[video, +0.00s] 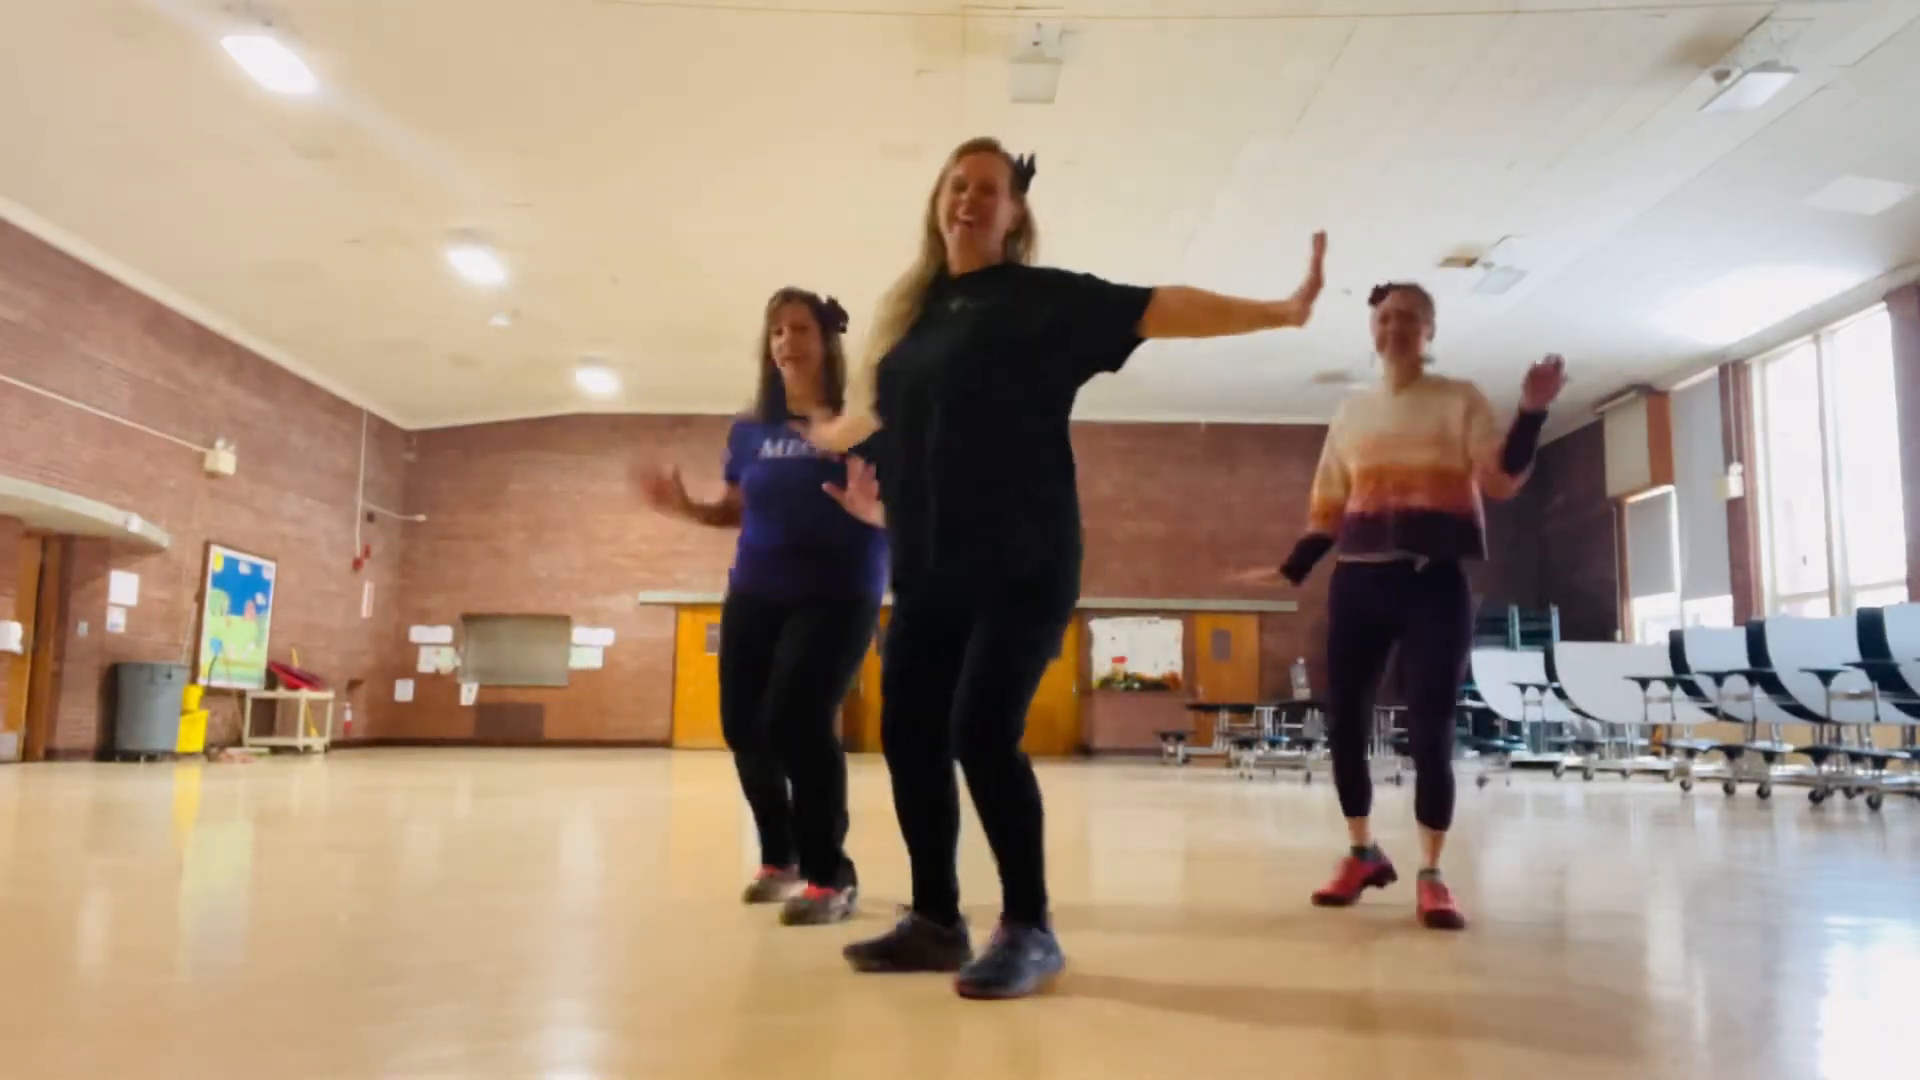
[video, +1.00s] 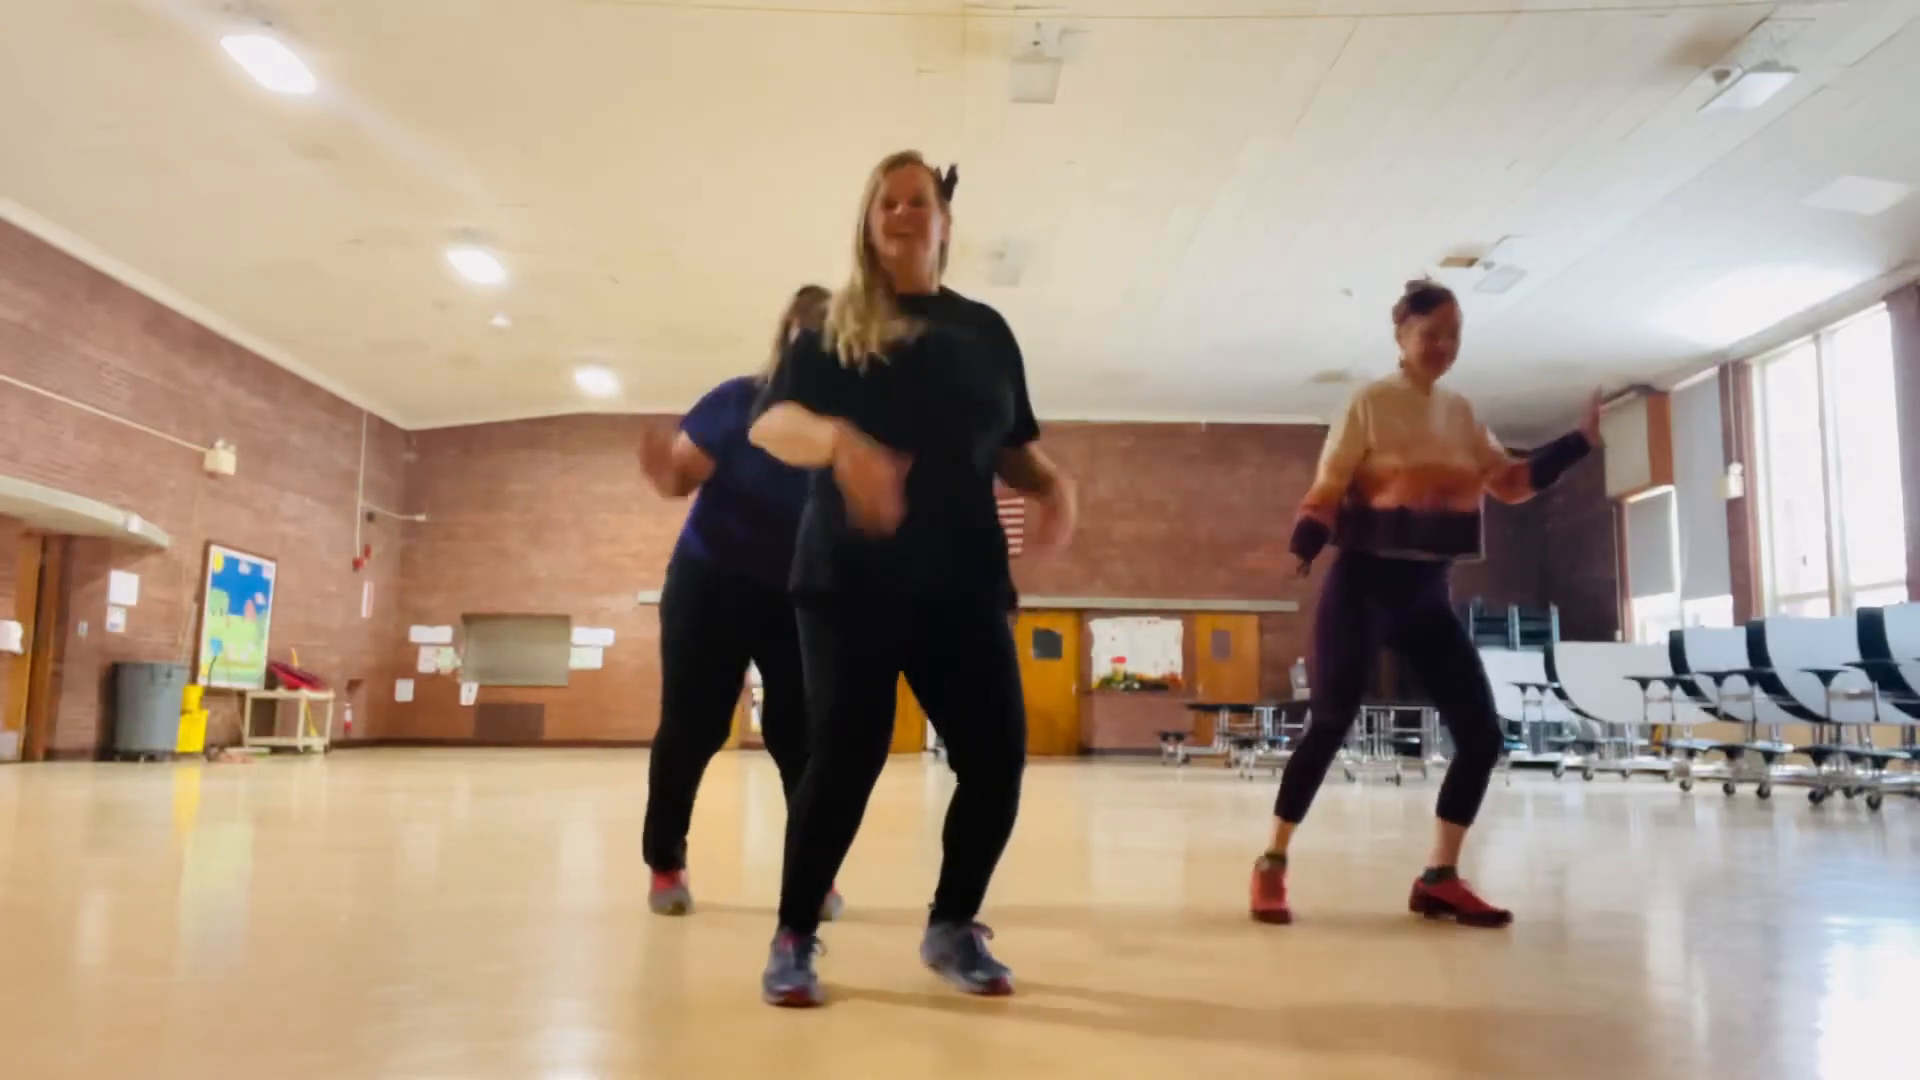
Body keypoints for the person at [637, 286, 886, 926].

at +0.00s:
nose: (787, 340)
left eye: (801, 330)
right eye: (778, 331)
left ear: (829, 340)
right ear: (766, 344)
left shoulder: (861, 427)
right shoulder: (751, 429)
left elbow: (908, 507)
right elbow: (734, 509)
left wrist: (876, 509)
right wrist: (683, 505)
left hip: (838, 597)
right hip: (758, 594)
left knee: (800, 719)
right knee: (744, 724)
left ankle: (830, 876)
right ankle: (781, 859)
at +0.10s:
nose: (796, 337)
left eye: (808, 326)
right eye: (785, 328)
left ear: (837, 333)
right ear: (773, 338)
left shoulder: (867, 405)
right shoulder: (753, 407)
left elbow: (910, 475)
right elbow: (691, 471)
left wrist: (892, 500)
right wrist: (667, 413)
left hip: (832, 589)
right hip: (752, 582)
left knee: (812, 728)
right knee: (708, 706)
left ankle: (833, 877)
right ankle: (741, 824)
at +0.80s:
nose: (819, 364)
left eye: (829, 352)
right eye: (809, 350)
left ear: (840, 360)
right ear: (786, 352)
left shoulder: (848, 422)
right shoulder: (740, 405)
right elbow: (682, 486)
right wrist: (684, 458)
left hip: (803, 591)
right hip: (719, 582)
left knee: (797, 736)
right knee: (706, 730)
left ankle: (815, 877)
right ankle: (668, 866)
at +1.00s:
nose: (812, 349)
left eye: (824, 339)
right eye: (804, 334)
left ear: (842, 349)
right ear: (785, 336)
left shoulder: (844, 426)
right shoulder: (741, 401)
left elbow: (863, 518)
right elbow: (680, 480)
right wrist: (666, 462)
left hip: (795, 596)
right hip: (712, 585)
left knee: (801, 736)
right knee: (692, 728)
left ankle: (816, 878)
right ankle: (665, 864)